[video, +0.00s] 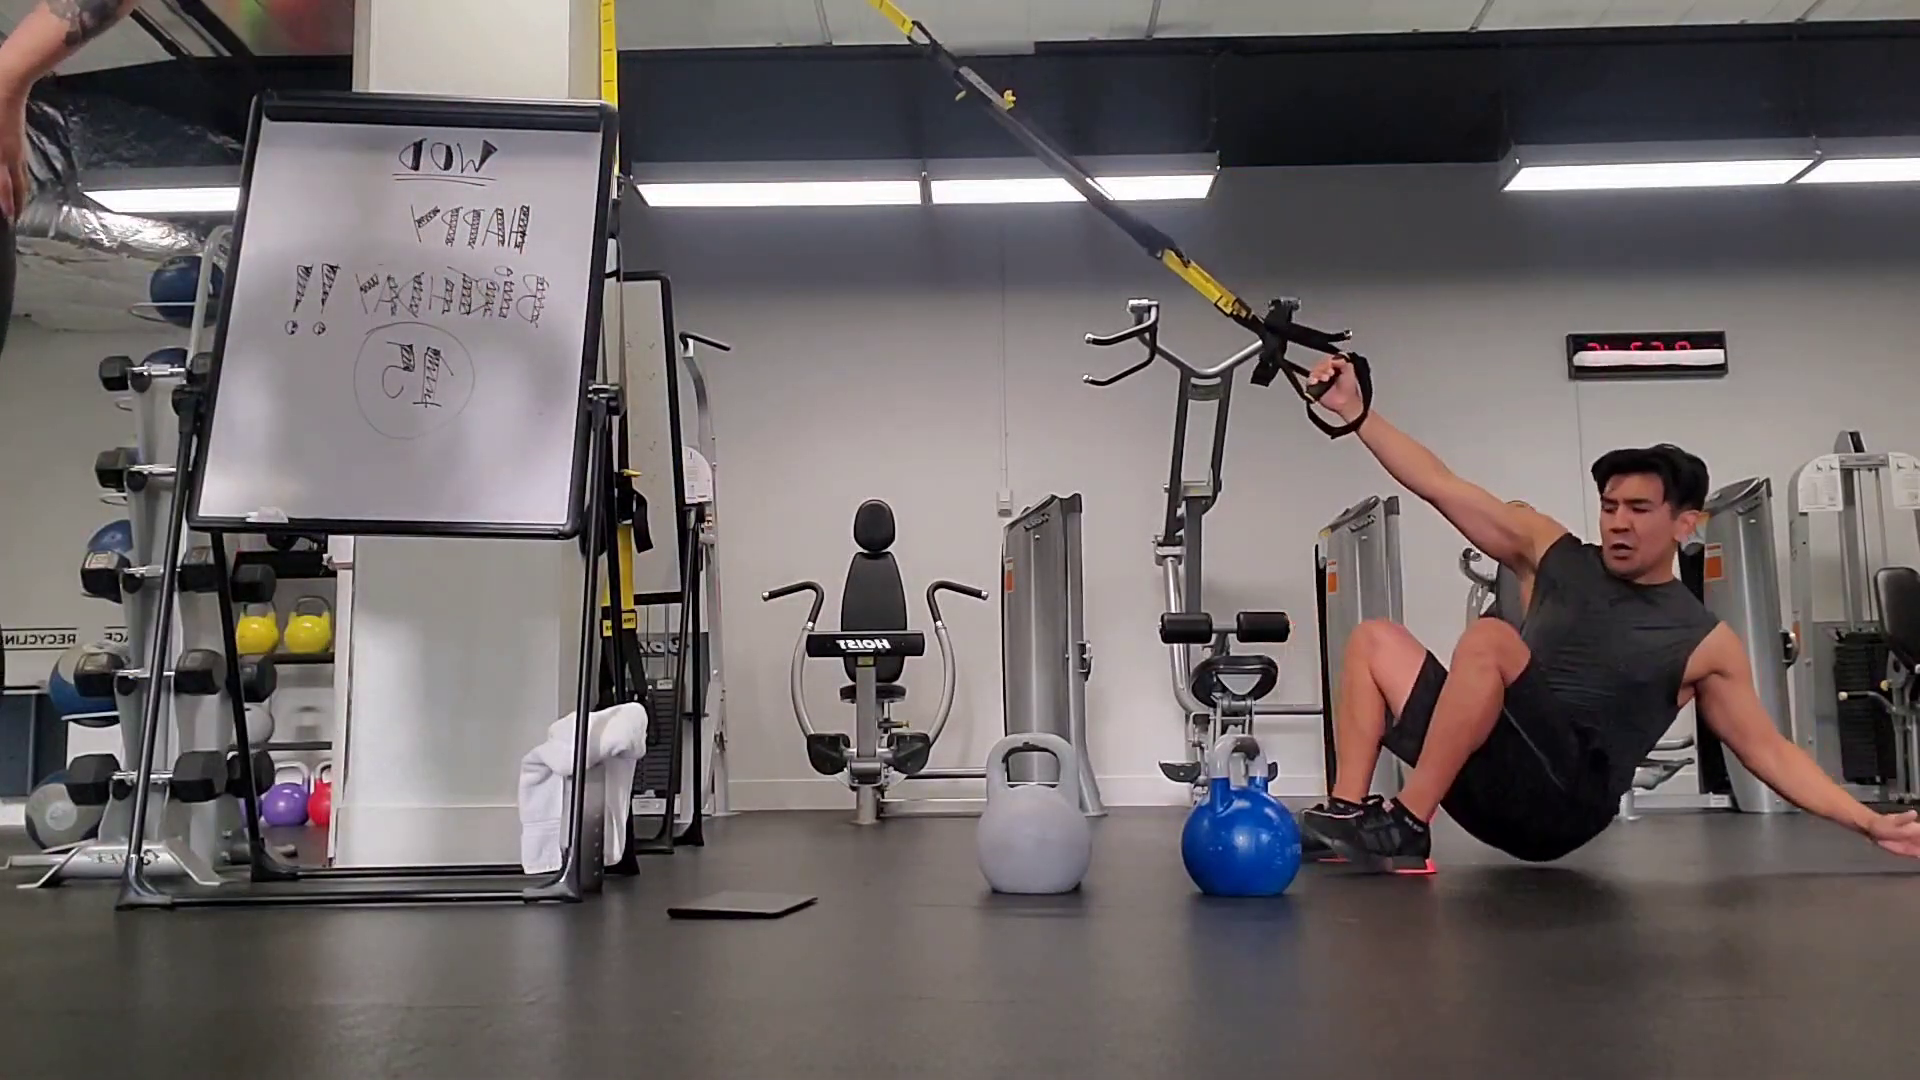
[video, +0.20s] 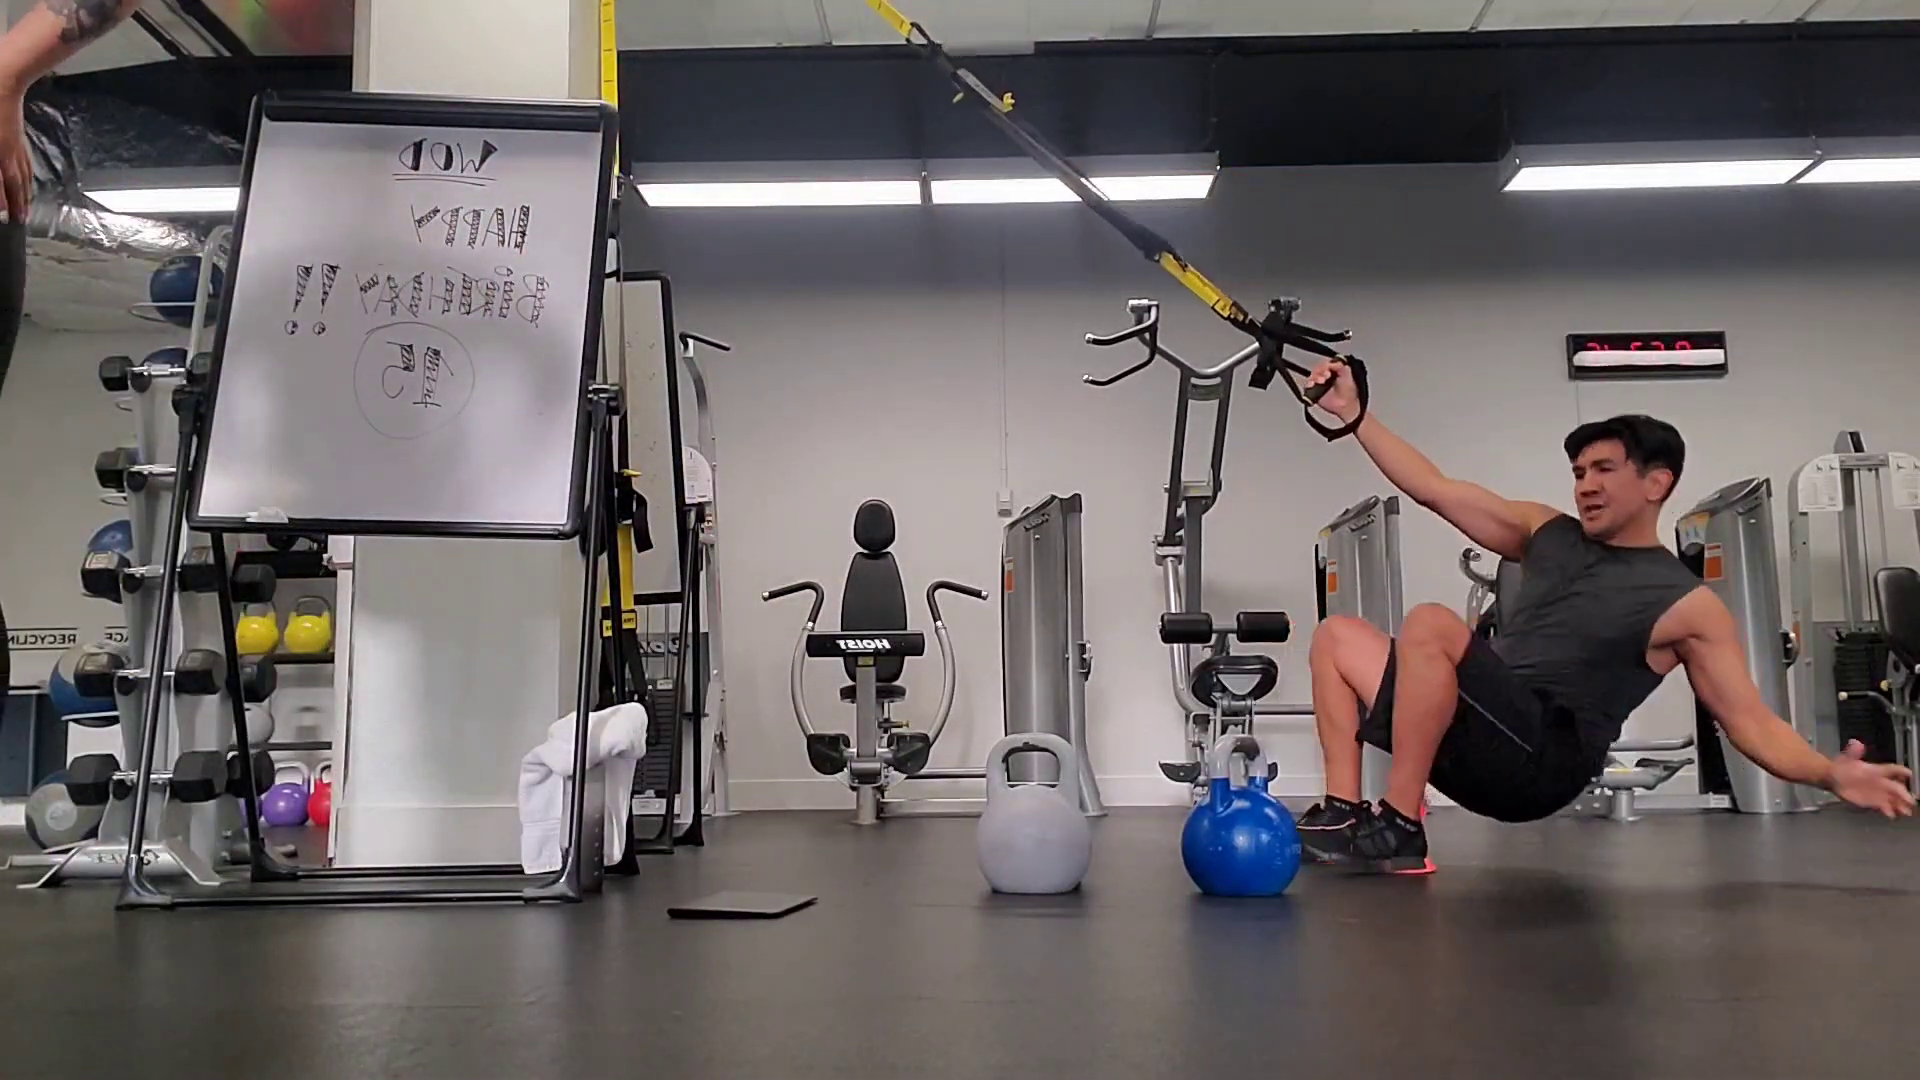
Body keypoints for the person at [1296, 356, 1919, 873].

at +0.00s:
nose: (1616, 523)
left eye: (1638, 509)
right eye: (1609, 507)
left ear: (1687, 523)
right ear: (1598, 511)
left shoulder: (1706, 642)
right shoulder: (1548, 549)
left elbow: (1767, 751)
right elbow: (1440, 486)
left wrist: (1870, 822)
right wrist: (1357, 416)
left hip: (1567, 799)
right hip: (1480, 767)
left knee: (1492, 637)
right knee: (1374, 640)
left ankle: (1409, 823)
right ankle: (1347, 814)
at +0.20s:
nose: (1583, 486)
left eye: (1602, 471)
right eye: (1578, 474)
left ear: (1658, 481)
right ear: (1572, 482)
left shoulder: (1688, 604)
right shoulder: (1545, 534)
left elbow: (1753, 725)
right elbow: (1434, 489)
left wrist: (1833, 771)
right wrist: (1355, 418)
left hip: (1548, 759)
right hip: (1470, 731)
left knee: (1430, 624)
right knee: (1337, 636)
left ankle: (1400, 823)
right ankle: (1343, 812)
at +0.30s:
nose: (1562, 429)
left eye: (1579, 413)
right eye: (1557, 419)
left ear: (1635, 425)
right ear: (1554, 430)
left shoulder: (1665, 536)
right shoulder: (1536, 498)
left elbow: (1698, 645)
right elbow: (1432, 479)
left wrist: (1713, 677)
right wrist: (1364, 406)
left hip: (1539, 704)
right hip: (1478, 690)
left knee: (1379, 625)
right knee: (1308, 638)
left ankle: (1394, 825)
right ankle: (1340, 812)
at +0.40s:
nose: (1532, 368)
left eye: (1549, 350)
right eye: (1529, 360)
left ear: (1604, 359)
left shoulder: (1628, 450)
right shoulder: (1529, 452)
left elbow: (1618, 540)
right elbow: (1430, 463)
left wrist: (1555, 523)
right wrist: (1370, 394)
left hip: (1523, 640)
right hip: (1472, 627)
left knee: (1339, 632)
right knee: (1290, 639)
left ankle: (1392, 824)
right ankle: (1339, 810)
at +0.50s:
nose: (1495, 303)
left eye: (1508, 286)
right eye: (1495, 292)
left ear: (1561, 293)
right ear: (1548, 299)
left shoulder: (1573, 365)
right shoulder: (1515, 388)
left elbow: (1522, 410)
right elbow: (1430, 451)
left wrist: (1412, 374)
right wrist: (1374, 385)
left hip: (1497, 575)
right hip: (1454, 568)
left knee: (1319, 636)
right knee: (1284, 640)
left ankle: (1390, 825)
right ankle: (1343, 809)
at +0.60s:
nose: (1456, 241)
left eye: (1470, 226)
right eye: (1459, 231)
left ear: (1518, 232)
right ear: (1516, 237)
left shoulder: (1525, 292)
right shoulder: (1486, 316)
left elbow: (1433, 297)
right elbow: (1437, 434)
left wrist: (1313, 263)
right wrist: (1381, 381)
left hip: (1470, 509)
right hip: (1434, 508)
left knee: (1318, 630)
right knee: (1292, 634)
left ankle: (1386, 821)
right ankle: (1345, 808)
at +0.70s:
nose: (1421, 194)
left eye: (1435, 179)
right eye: (1426, 181)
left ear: (1477, 184)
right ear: (1478, 187)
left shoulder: (1472, 238)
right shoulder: (1472, 265)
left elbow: (1357, 227)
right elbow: (1437, 386)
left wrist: (1237, 186)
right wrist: (1375, 350)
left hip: (1440, 457)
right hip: (1413, 458)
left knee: (1337, 620)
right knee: (1312, 624)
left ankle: (1387, 822)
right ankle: (1348, 808)